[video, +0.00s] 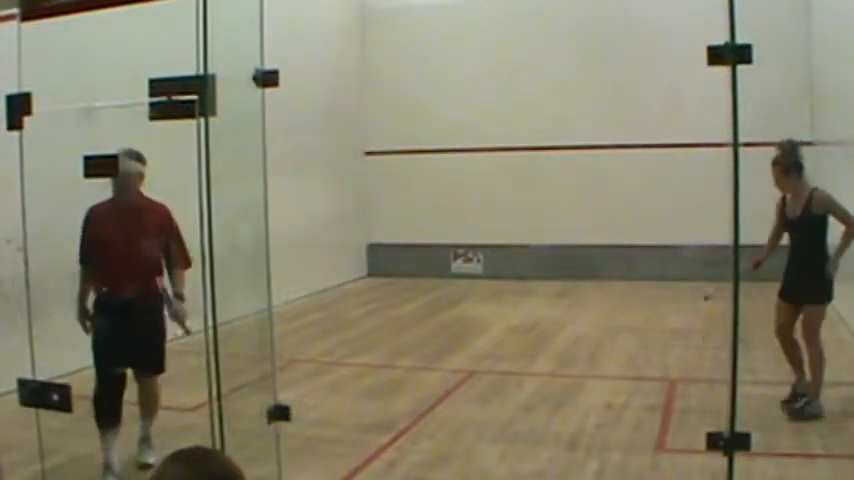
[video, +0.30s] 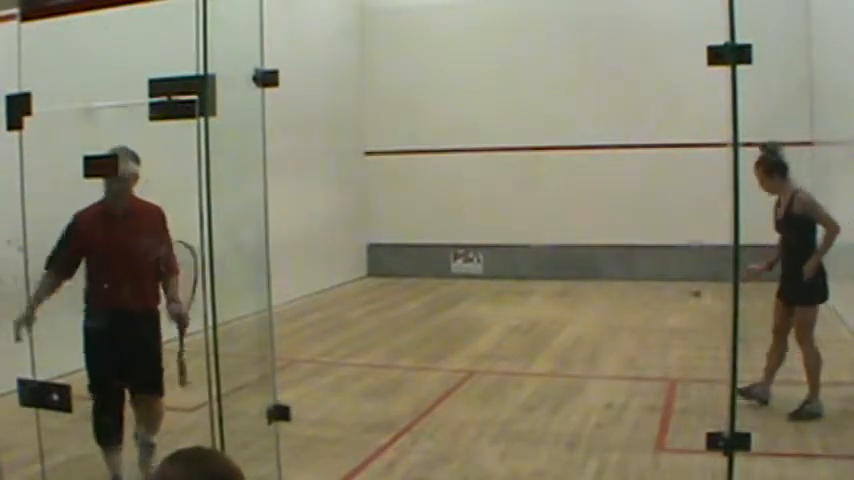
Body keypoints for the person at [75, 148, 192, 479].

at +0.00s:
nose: (125, 183)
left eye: (132, 177)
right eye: (120, 177)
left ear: (143, 178)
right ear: (112, 178)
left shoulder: (159, 214)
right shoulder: (97, 215)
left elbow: (176, 261)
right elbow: (87, 265)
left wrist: (180, 299)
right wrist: (82, 302)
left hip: (147, 306)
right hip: (108, 307)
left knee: (147, 377)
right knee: (109, 382)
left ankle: (146, 441)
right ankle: (109, 459)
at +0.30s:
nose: (119, 183)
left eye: (126, 177)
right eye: (114, 176)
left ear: (137, 178)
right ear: (103, 178)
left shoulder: (152, 216)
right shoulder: (86, 221)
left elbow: (168, 266)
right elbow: (58, 269)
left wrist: (174, 300)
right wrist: (32, 306)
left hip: (143, 318)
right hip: (102, 320)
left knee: (149, 396)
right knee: (107, 399)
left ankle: (147, 459)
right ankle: (116, 472)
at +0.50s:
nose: (128, 181)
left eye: (136, 175)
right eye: (122, 174)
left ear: (147, 178)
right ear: (110, 174)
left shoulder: (159, 219)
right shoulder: (88, 219)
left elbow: (175, 272)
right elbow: (39, 258)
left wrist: (187, 300)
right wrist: (5, 266)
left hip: (149, 328)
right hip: (105, 330)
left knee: (156, 413)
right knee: (108, 415)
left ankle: (162, 475)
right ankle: (116, 473)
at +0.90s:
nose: (169, 195)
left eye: (174, 188)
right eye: (162, 185)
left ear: (180, 187)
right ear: (143, 179)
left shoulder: (183, 225)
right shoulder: (107, 221)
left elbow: (194, 284)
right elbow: (66, 263)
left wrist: (212, 317)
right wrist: (28, 258)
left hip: (173, 338)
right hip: (126, 342)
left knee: (178, 435)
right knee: (136, 445)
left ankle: (177, 479)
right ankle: (121, 476)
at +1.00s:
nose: (173, 196)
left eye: (179, 189)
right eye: (167, 186)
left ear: (183, 188)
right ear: (146, 177)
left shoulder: (180, 222)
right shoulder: (109, 222)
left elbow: (193, 283)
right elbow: (79, 280)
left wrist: (213, 314)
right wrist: (61, 287)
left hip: (173, 340)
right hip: (128, 346)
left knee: (179, 443)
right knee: (144, 450)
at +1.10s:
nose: (180, 202)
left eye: (184, 195)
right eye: (174, 193)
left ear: (184, 193)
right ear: (150, 184)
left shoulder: (176, 226)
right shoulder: (107, 228)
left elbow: (190, 284)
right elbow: (86, 289)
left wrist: (211, 315)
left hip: (173, 345)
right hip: (129, 348)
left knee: (184, 437)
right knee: (145, 451)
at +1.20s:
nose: (182, 207)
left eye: (184, 200)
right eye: (178, 198)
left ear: (179, 194)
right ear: (153, 187)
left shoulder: (167, 224)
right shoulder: (109, 234)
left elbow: (178, 285)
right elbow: (98, 307)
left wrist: (209, 314)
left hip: (171, 354)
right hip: (127, 359)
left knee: (187, 448)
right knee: (148, 461)